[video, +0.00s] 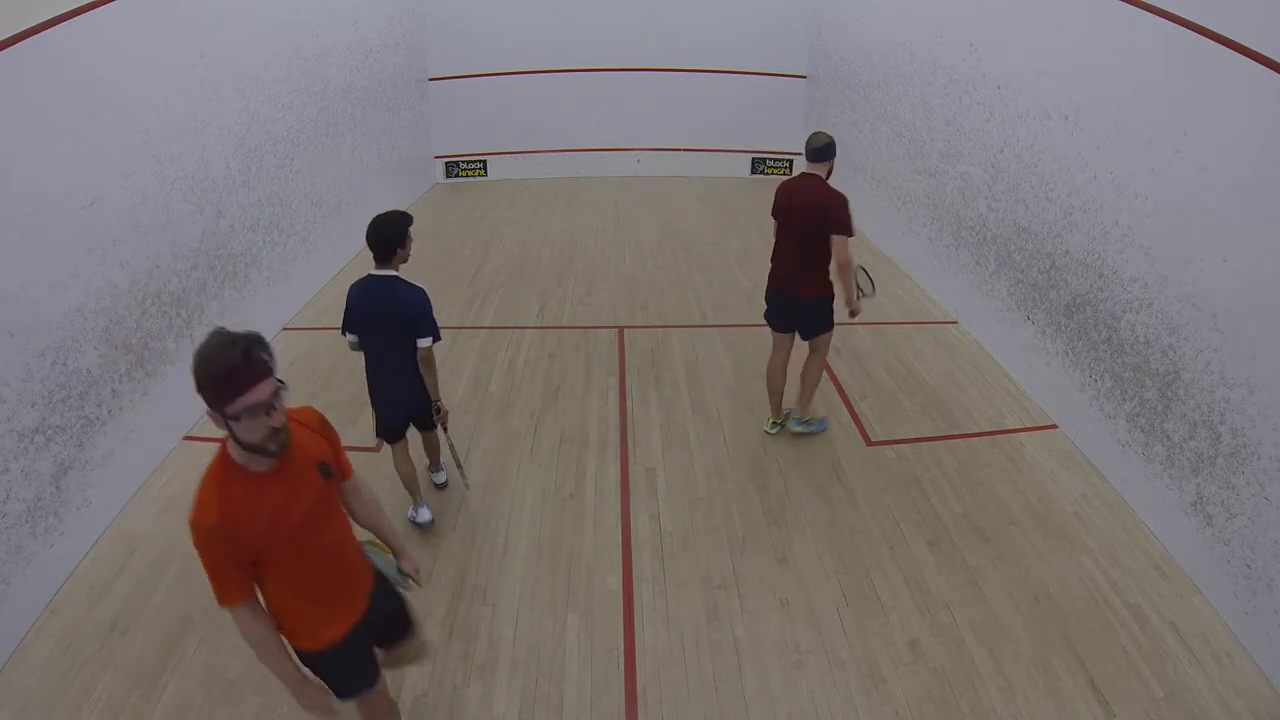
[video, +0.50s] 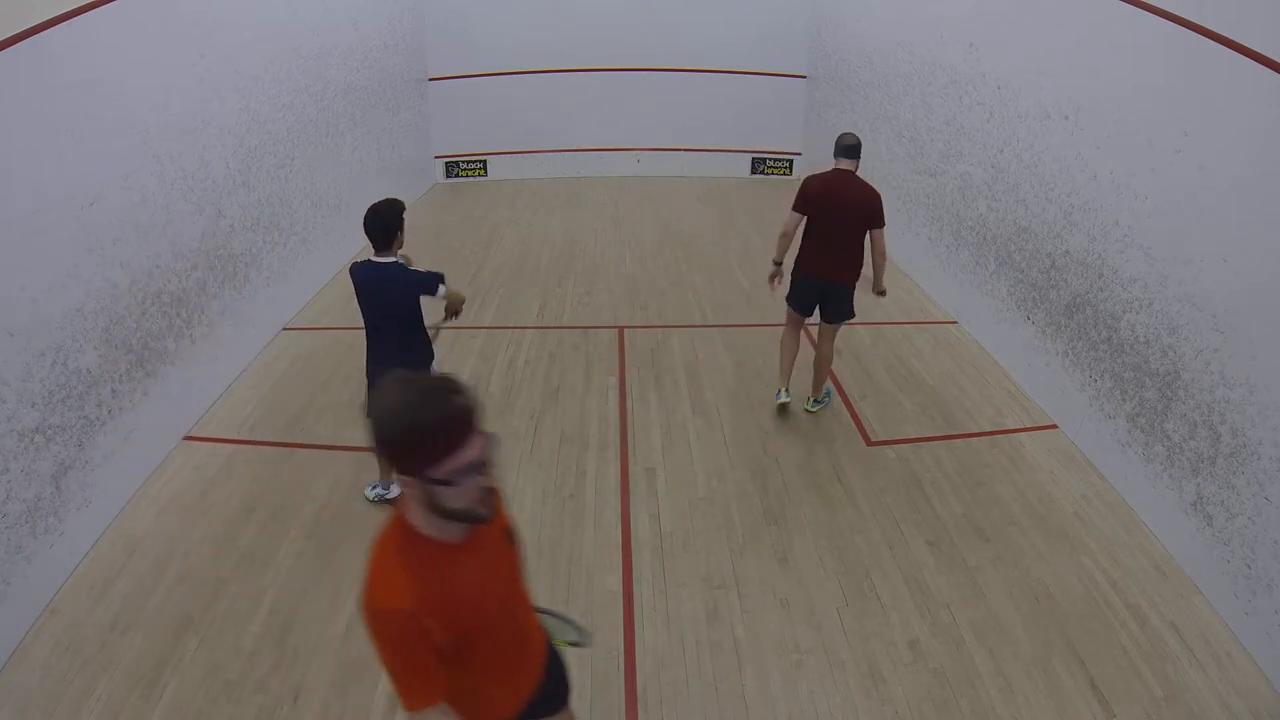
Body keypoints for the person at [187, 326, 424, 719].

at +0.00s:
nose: (276, 418)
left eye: (276, 398)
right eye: (255, 414)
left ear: (280, 383)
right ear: (217, 419)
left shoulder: (308, 426)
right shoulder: (215, 518)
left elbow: (353, 491)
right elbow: (247, 613)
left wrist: (400, 549)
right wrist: (301, 689)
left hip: (366, 583)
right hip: (323, 633)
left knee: (411, 649)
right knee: (375, 700)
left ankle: (356, 665)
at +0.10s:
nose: (302, 431)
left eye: (302, 410)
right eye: (279, 426)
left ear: (308, 393)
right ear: (242, 432)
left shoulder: (328, 434)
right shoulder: (238, 531)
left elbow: (365, 500)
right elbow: (267, 643)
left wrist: (410, 558)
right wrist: (335, 713)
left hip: (387, 596)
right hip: (339, 648)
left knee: (454, 665)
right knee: (383, 710)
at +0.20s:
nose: (337, 441)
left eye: (337, 419)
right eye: (314, 436)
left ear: (341, 404)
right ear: (271, 443)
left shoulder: (356, 449)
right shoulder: (265, 543)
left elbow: (389, 519)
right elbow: (298, 673)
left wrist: (423, 572)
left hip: (415, 609)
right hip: (364, 665)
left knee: (476, 686)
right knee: (393, 713)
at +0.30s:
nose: (381, 462)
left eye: (380, 440)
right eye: (358, 455)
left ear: (384, 424)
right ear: (309, 459)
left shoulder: (392, 465)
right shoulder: (304, 565)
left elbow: (414, 546)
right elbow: (340, 695)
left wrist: (443, 590)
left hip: (451, 639)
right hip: (394, 691)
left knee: (503, 709)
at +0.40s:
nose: (435, 475)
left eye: (432, 453)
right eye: (411, 470)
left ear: (434, 434)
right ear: (361, 478)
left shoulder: (437, 488)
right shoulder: (351, 579)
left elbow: (454, 563)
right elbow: (384, 703)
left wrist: (479, 608)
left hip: (490, 649)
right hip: (438, 699)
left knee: (530, 708)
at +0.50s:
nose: (483, 484)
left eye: (482, 462)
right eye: (458, 478)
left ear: (484, 440)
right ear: (409, 483)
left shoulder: (482, 498)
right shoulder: (396, 598)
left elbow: (497, 580)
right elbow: (426, 707)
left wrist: (526, 617)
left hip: (537, 662)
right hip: (489, 709)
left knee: (559, 710)